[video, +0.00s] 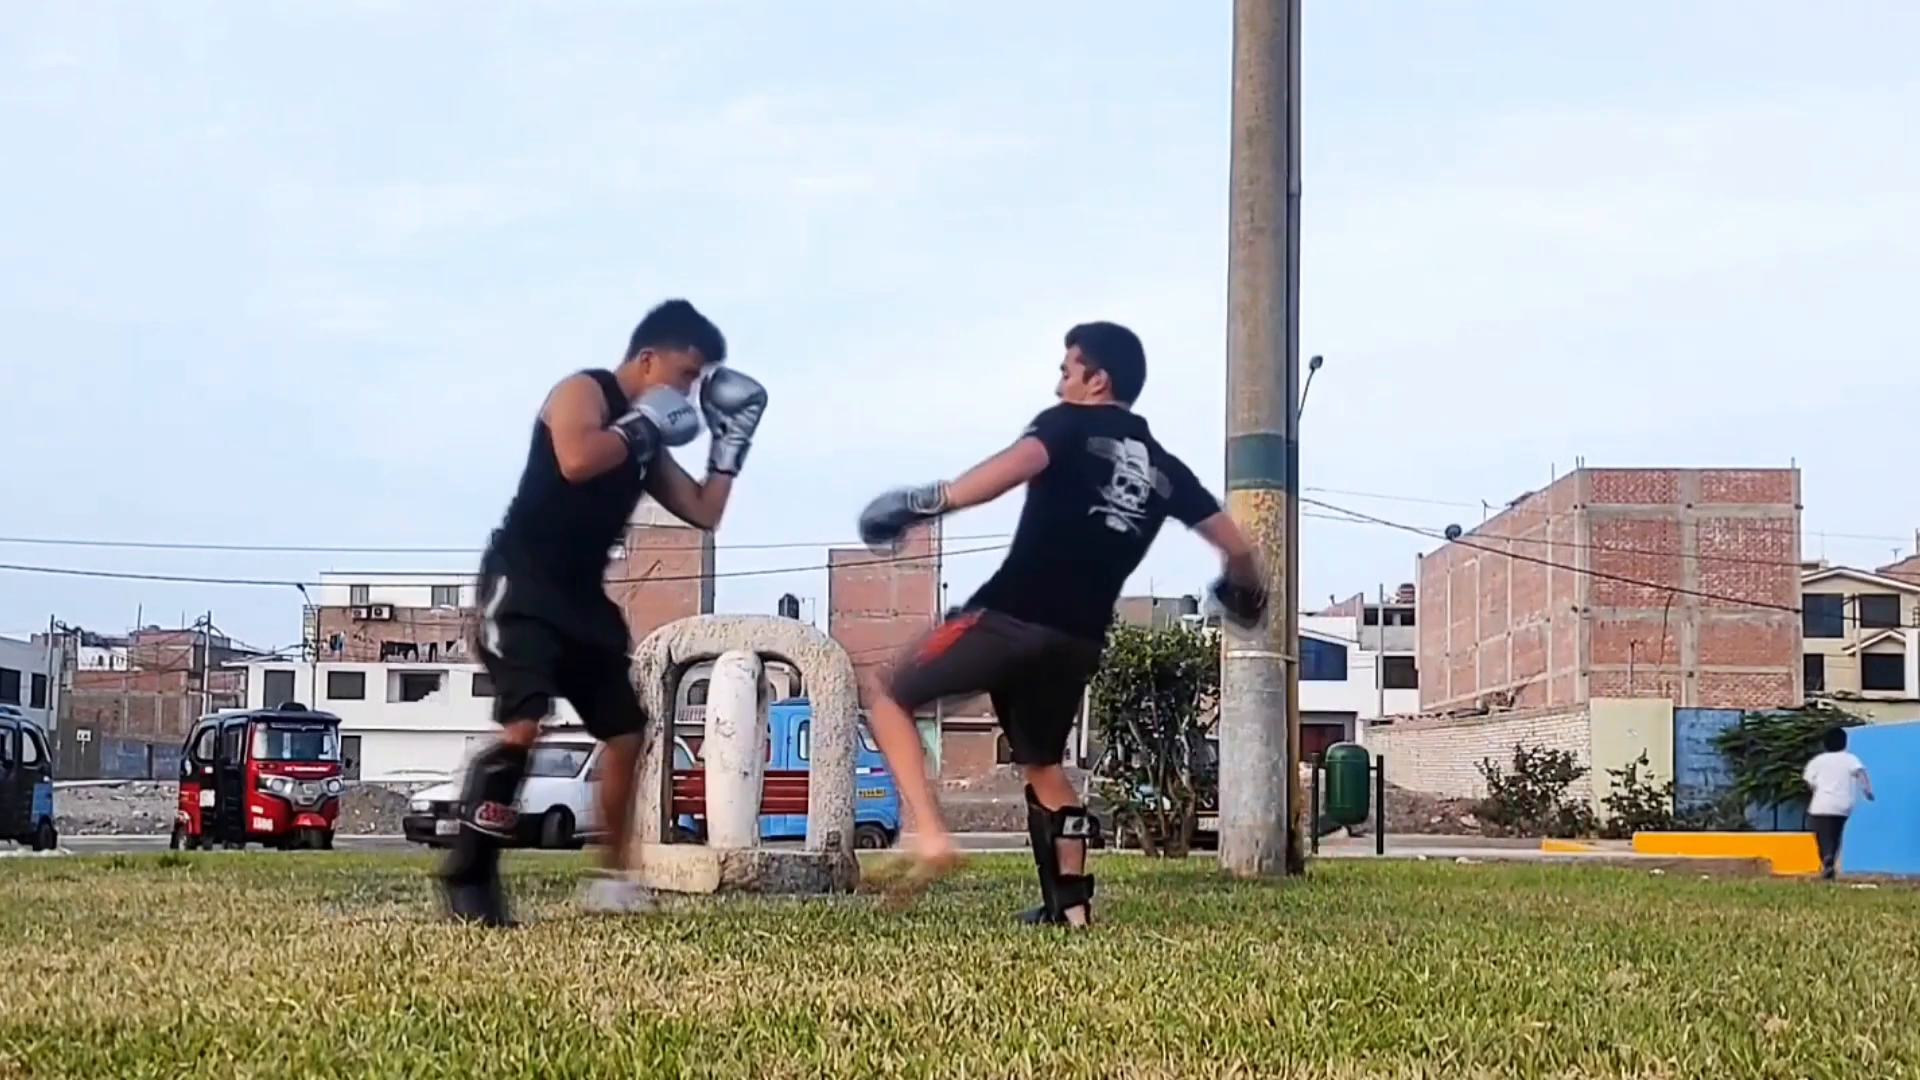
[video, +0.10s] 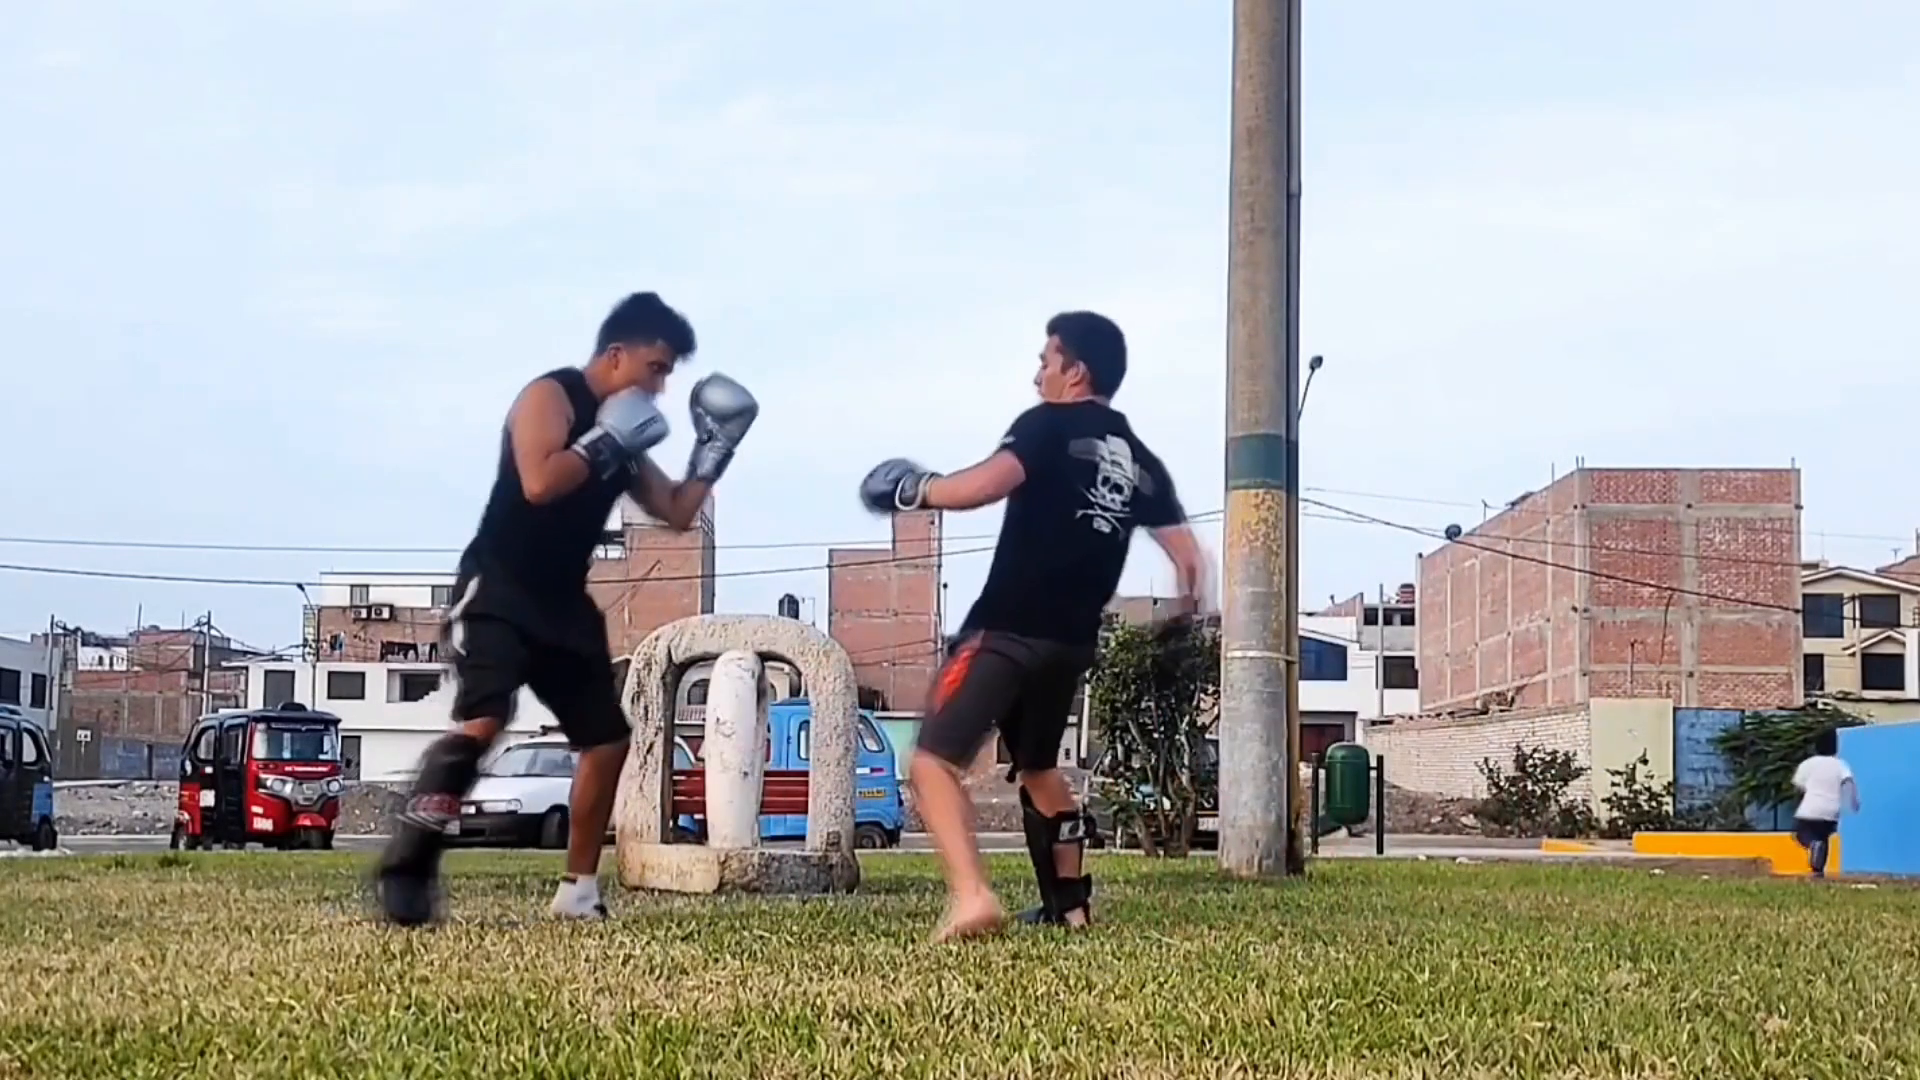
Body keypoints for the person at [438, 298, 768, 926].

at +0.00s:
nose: (688, 392)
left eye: (696, 381)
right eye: (685, 374)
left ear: (663, 368)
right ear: (648, 355)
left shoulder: (639, 438)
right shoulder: (581, 392)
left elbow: (704, 512)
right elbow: (576, 460)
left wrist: (730, 441)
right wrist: (642, 425)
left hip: (580, 595)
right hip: (521, 582)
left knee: (625, 731)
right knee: (524, 720)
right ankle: (470, 873)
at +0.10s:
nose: (662, 385)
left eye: (668, 373)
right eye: (657, 368)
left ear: (629, 360)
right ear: (617, 351)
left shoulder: (615, 430)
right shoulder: (548, 397)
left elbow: (677, 511)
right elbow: (539, 483)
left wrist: (712, 449)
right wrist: (609, 440)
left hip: (563, 603)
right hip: (498, 589)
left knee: (606, 742)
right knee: (484, 718)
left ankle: (579, 893)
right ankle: (407, 863)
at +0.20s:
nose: (619, 394)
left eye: (625, 380)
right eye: (614, 375)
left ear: (578, 369)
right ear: (571, 363)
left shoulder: (585, 442)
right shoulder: (502, 420)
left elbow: (634, 533)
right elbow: (505, 515)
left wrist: (672, 481)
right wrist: (575, 457)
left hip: (547, 627)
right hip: (479, 621)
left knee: (599, 755)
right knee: (449, 747)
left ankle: (580, 903)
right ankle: (359, 901)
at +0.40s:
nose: (551, 356)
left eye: (557, 343)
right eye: (546, 339)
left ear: (511, 332)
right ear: (501, 327)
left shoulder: (495, 398)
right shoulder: (449, 375)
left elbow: (474, 490)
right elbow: (424, 467)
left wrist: (537, 474)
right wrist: (506, 440)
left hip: (448, 580)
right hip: (410, 576)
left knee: (487, 721)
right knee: (459, 719)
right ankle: (384, 884)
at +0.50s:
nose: (508, 362)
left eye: (513, 348)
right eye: (502, 344)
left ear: (462, 336)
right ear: (458, 331)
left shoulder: (447, 402)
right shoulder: (414, 381)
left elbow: (424, 495)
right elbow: (376, 464)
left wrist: (487, 476)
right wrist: (456, 454)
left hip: (409, 585)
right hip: (385, 586)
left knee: (420, 742)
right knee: (453, 740)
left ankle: (316, 857)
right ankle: (399, 905)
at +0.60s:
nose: (468, 369)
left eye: (474, 355)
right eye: (461, 350)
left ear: (422, 344)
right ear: (416, 338)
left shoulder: (408, 417)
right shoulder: (371, 386)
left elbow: (395, 530)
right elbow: (309, 461)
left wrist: (455, 484)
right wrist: (405, 464)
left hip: (339, 593)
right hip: (340, 594)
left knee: (336, 764)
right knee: (426, 740)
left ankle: (249, 898)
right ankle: (396, 900)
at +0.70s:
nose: (430, 364)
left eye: (436, 351)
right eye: (424, 346)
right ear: (377, 332)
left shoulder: (380, 420)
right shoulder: (319, 377)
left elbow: (434, 510)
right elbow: (251, 457)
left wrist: (465, 445)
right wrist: (344, 452)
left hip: (307, 586)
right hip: (267, 578)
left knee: (303, 753)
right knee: (348, 718)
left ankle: (246, 902)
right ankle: (335, 883)